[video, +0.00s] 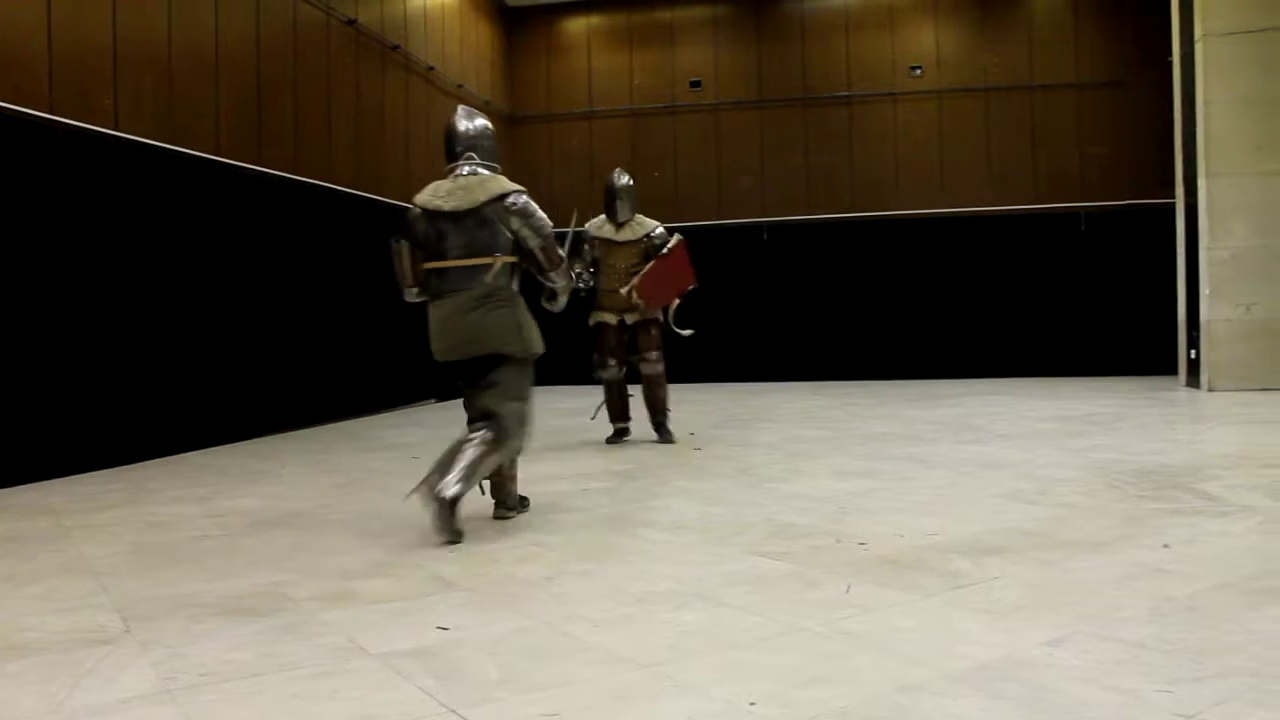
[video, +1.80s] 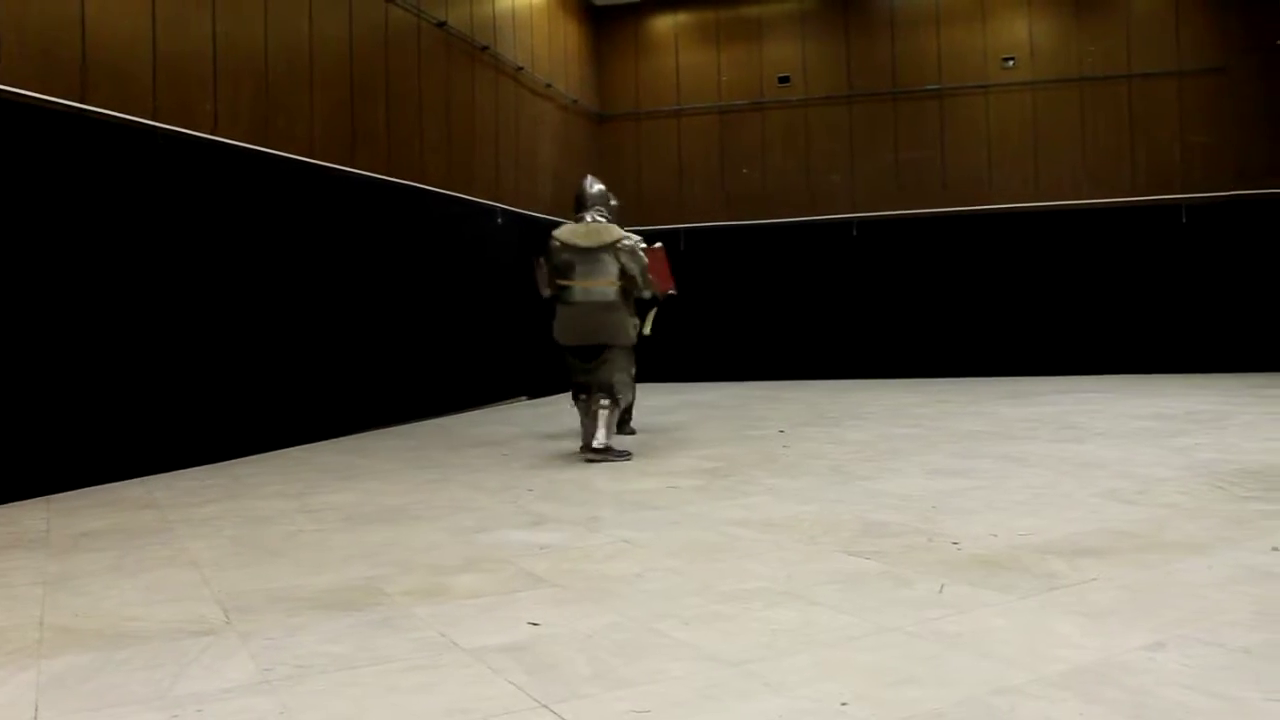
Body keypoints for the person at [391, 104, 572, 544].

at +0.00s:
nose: (493, 153)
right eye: (492, 146)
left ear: (450, 150)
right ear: (492, 146)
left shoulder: (425, 203)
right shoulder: (503, 193)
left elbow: (413, 281)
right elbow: (545, 244)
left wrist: (441, 289)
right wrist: (558, 284)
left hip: (447, 322)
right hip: (498, 318)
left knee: (485, 409)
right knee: (509, 419)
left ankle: (506, 496)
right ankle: (446, 489)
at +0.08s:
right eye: (498, 145)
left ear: (459, 150)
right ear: (501, 146)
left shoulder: (435, 200)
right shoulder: (512, 191)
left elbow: (422, 264)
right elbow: (549, 234)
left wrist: (435, 286)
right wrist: (565, 279)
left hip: (454, 315)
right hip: (506, 311)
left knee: (484, 400)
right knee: (537, 400)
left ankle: (501, 490)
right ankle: (492, 463)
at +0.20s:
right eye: (517, 144)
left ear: (479, 148)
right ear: (519, 145)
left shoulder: (455, 197)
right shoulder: (531, 190)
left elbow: (443, 262)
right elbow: (568, 236)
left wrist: (464, 283)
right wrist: (575, 278)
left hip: (472, 315)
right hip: (527, 314)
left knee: (492, 402)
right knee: (561, 390)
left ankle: (504, 497)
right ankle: (550, 471)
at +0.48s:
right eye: (564, 164)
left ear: (527, 168)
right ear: (564, 165)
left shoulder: (504, 214)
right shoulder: (580, 212)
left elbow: (499, 271)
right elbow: (621, 261)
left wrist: (520, 291)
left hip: (522, 325)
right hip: (573, 326)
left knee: (528, 400)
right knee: (591, 400)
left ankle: (517, 475)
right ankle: (600, 474)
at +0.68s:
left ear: (562, 160)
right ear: (599, 158)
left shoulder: (539, 204)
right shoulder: (622, 204)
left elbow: (527, 268)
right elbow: (647, 267)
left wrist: (552, 285)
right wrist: (629, 306)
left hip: (556, 314)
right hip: (606, 314)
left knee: (565, 381)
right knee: (611, 390)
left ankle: (575, 457)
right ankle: (620, 470)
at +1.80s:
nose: (615, 206)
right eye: (612, 203)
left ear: (579, 205)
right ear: (607, 205)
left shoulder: (559, 239)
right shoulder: (622, 240)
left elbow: (551, 282)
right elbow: (641, 281)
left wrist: (568, 298)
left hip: (572, 322)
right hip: (611, 322)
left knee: (582, 376)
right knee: (611, 376)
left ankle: (588, 439)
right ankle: (601, 441)